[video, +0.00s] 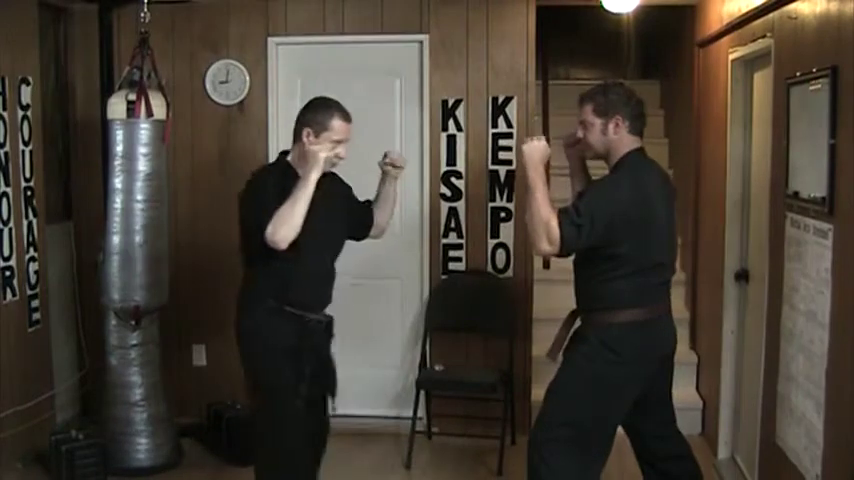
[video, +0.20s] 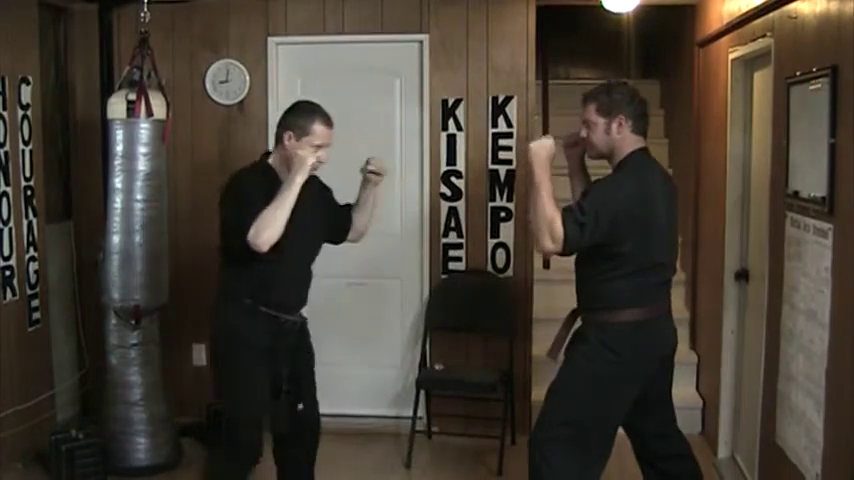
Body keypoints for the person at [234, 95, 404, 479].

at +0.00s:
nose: (343, 153)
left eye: (346, 144)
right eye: (335, 143)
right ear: (306, 138)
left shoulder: (332, 187)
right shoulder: (266, 182)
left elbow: (371, 226)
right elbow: (278, 237)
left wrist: (389, 179)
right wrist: (310, 174)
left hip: (313, 326)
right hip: (269, 326)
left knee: (313, 431)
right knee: (282, 434)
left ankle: (303, 475)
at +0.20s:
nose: (323, 157)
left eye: (326, 149)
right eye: (316, 147)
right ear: (288, 141)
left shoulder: (313, 191)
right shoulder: (246, 183)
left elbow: (350, 230)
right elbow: (260, 239)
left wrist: (368, 187)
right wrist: (296, 178)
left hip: (291, 328)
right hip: (243, 327)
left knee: (301, 433)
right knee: (242, 442)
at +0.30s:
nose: (307, 159)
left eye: (310, 151)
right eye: (301, 149)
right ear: (273, 143)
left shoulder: (295, 192)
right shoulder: (233, 186)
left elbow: (332, 231)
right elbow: (255, 239)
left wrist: (349, 188)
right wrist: (285, 177)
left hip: (278, 330)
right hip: (230, 329)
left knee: (299, 430)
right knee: (217, 434)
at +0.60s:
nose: (264, 172)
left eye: (267, 164)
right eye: (259, 163)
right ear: (231, 155)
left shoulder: (247, 202)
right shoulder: (188, 199)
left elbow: (276, 254)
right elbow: (214, 258)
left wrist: (299, 210)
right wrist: (248, 196)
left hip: (234, 343)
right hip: (184, 342)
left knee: (275, 433)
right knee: (159, 447)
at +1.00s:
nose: (304, 165)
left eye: (308, 156)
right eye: (301, 154)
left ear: (279, 152)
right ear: (273, 149)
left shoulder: (282, 196)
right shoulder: (231, 192)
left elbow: (318, 241)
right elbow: (267, 247)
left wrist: (341, 201)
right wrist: (290, 182)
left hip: (274, 336)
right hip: (228, 336)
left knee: (297, 430)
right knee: (214, 433)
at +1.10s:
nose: (322, 163)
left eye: (325, 155)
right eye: (318, 153)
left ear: (294, 149)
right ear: (289, 147)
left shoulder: (307, 195)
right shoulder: (247, 190)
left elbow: (342, 237)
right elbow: (278, 244)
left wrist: (364, 199)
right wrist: (303, 178)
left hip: (290, 335)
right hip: (244, 336)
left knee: (302, 438)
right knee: (239, 444)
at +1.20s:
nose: (336, 162)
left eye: (339, 153)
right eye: (330, 152)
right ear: (301, 145)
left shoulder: (324, 194)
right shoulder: (259, 188)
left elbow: (357, 239)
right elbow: (282, 243)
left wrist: (379, 199)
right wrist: (308, 178)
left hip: (306, 335)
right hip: (260, 333)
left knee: (317, 435)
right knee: (273, 441)